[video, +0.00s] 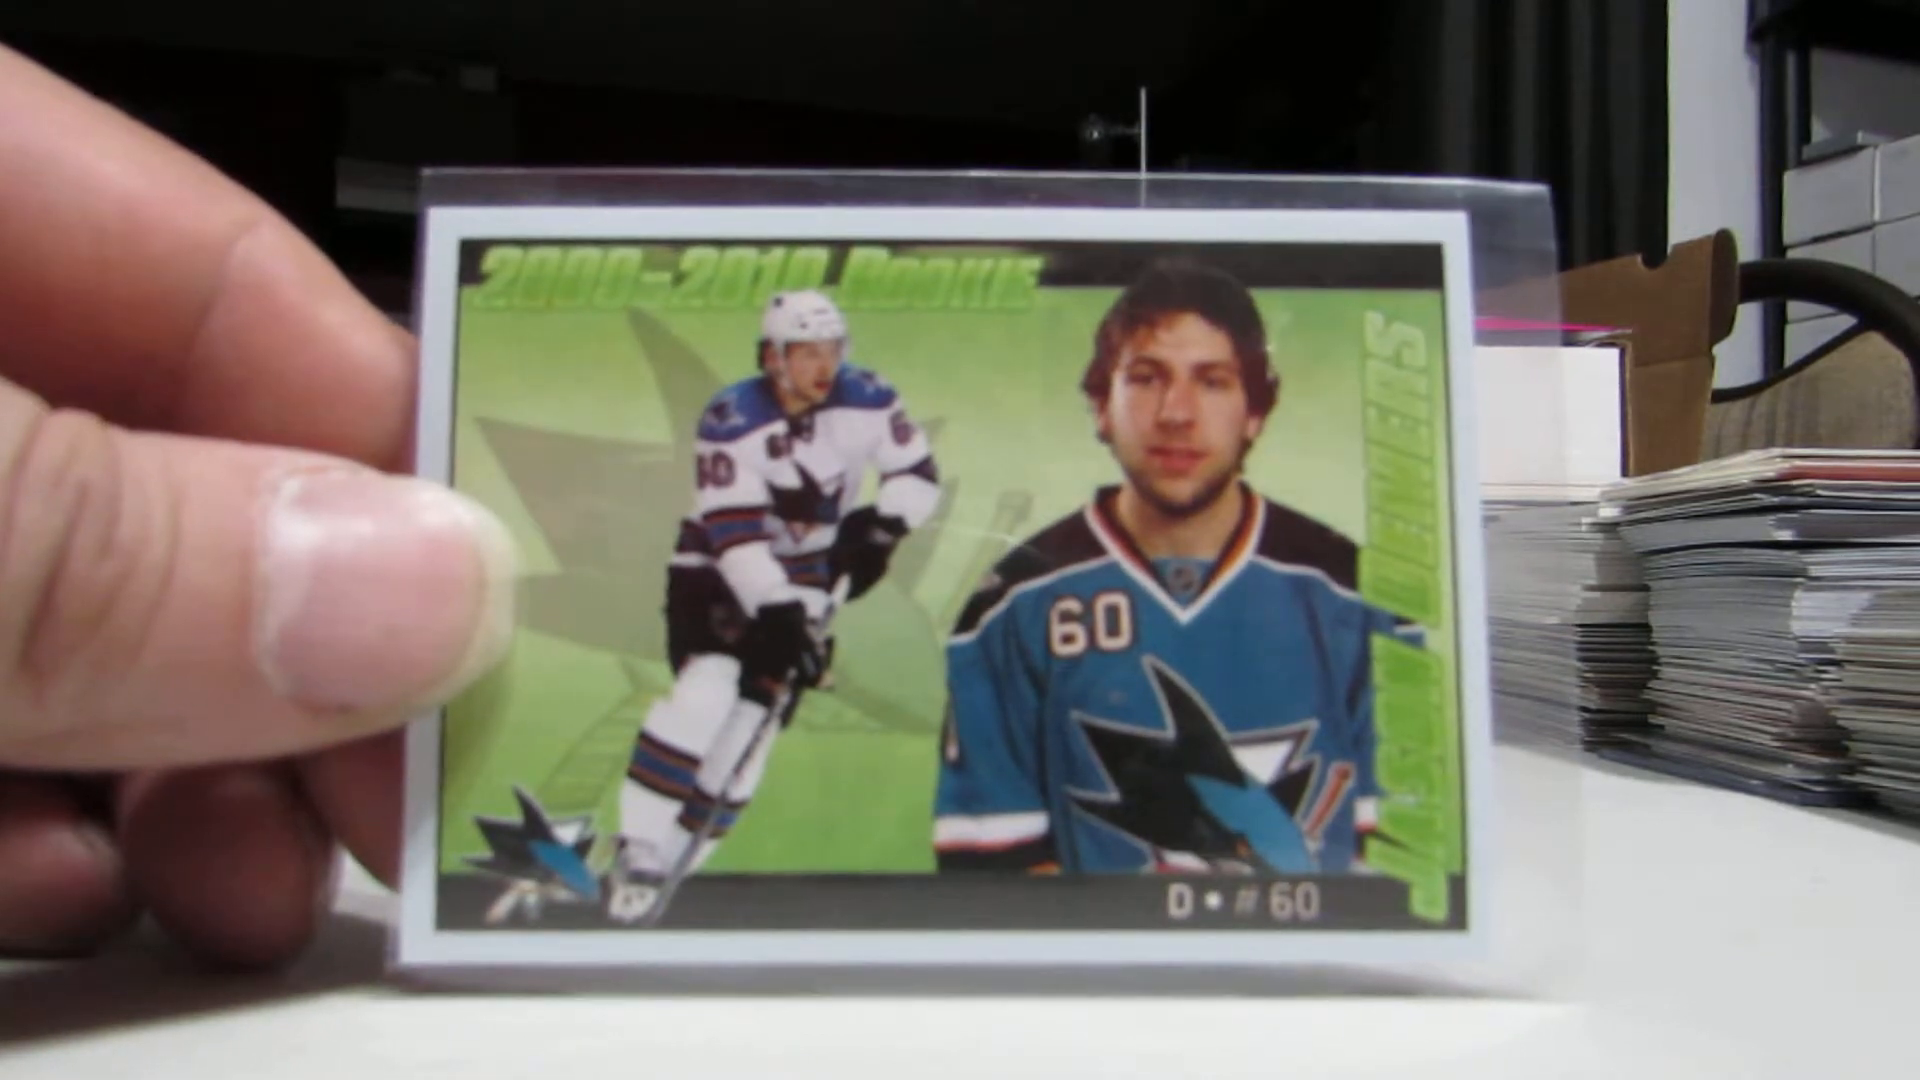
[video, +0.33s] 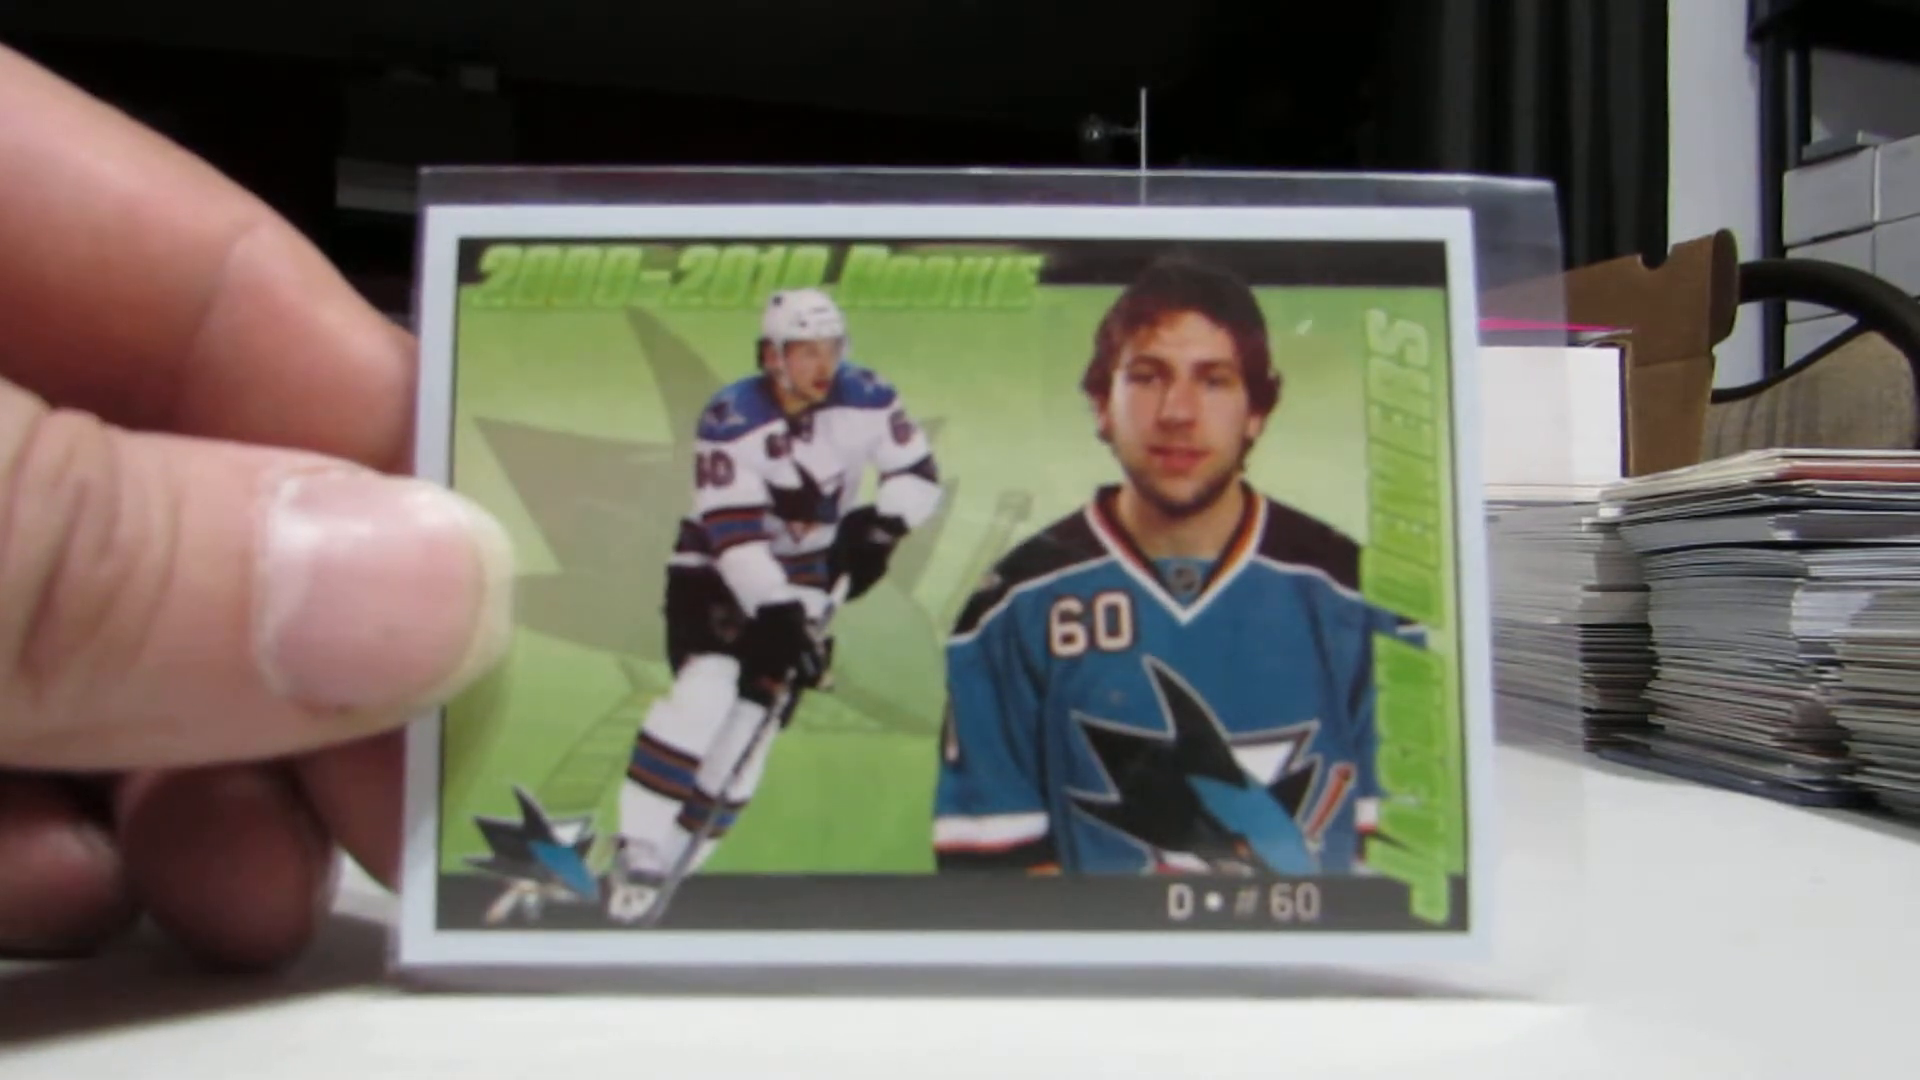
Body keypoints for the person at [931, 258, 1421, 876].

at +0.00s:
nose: (1176, 411)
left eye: (1211, 381)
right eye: (1146, 378)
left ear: (1254, 413)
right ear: (1102, 407)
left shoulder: (1354, 589)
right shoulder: (1017, 604)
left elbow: (1400, 851)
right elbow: (992, 872)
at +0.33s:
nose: (1177, 410)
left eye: (1212, 380)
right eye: (1147, 377)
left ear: (1256, 413)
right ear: (1102, 407)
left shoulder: (1357, 591)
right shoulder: (1016, 606)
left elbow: (1402, 854)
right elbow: (994, 873)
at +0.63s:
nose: (1177, 410)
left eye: (1212, 380)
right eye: (1147, 376)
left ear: (1255, 413)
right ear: (1103, 407)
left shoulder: (1355, 589)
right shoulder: (1016, 605)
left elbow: (1402, 853)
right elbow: (994, 874)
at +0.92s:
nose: (1177, 411)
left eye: (1212, 381)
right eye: (1147, 377)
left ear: (1255, 414)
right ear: (1103, 407)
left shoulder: (1355, 588)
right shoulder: (1017, 605)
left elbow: (1402, 852)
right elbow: (994, 873)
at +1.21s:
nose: (1177, 411)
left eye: (1212, 380)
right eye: (1147, 377)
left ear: (1255, 414)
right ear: (1102, 407)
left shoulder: (1355, 589)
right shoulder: (1017, 605)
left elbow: (1400, 854)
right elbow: (994, 875)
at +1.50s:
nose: (1177, 411)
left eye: (1213, 380)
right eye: (1147, 377)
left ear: (1255, 414)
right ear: (1102, 407)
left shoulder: (1355, 589)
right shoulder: (1017, 605)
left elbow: (1400, 855)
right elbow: (994, 874)